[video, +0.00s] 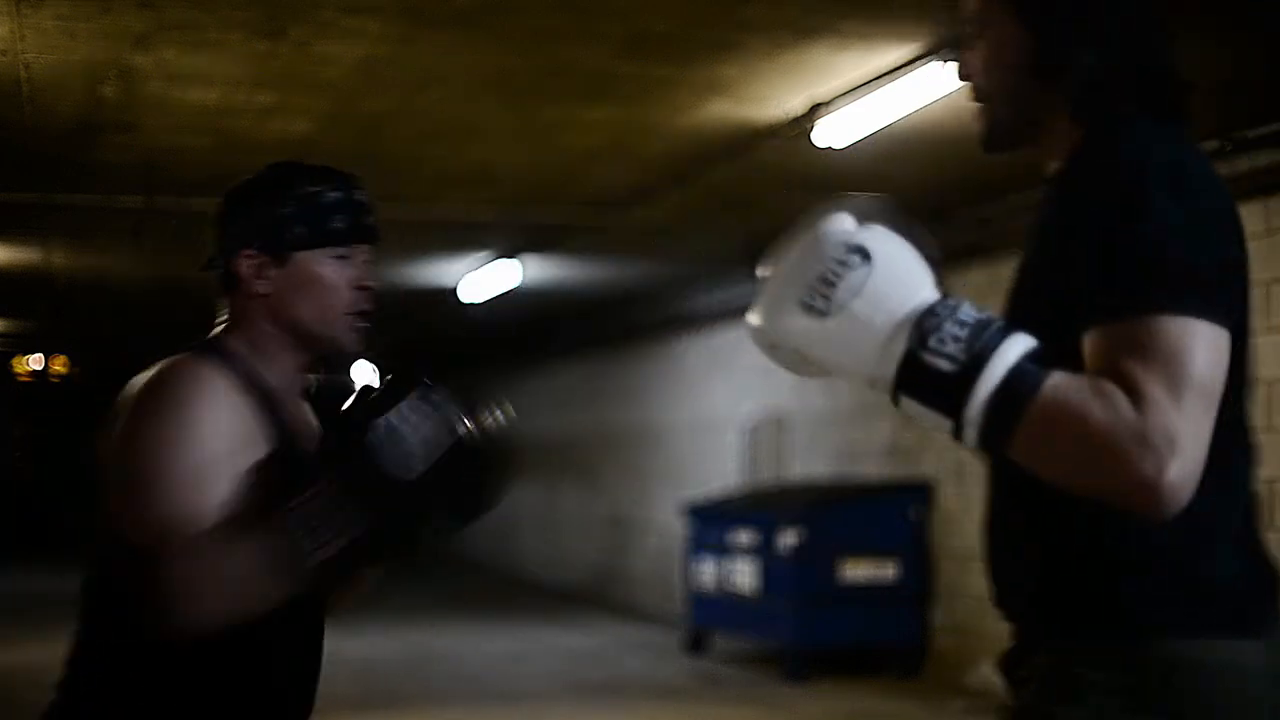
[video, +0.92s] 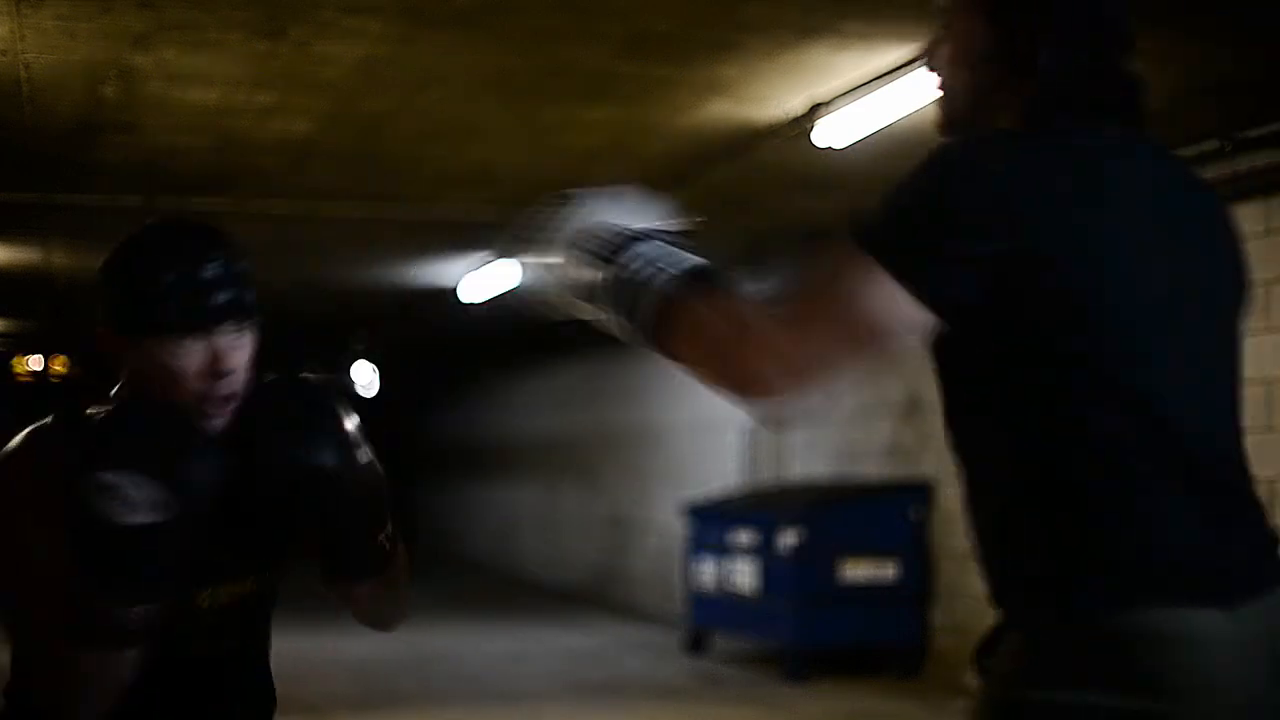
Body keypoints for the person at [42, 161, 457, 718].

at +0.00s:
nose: (368, 281)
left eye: (365, 260)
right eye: (342, 257)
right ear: (259, 272)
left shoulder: (293, 407)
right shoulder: (192, 398)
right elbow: (184, 596)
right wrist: (354, 493)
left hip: (251, 716)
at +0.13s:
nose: (307, 282)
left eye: (305, 263)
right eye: (276, 259)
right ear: (192, 280)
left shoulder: (271, 423)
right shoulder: (91, 428)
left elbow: (323, 620)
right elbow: (37, 638)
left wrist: (372, 512)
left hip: (224, 714)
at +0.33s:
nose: (240, 253)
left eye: (239, 234)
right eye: (208, 231)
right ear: (122, 256)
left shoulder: (228, 394)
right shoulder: (35, 390)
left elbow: (281, 605)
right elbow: (18, 626)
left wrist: (314, 483)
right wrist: (114, 506)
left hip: (178, 701)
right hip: (52, 708)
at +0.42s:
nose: (249, 245)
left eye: (248, 225)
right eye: (215, 222)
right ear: (132, 245)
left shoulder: (231, 383)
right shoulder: (39, 381)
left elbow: (304, 587)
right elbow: (65, 606)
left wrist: (330, 461)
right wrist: (159, 466)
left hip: (181, 698)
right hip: (61, 706)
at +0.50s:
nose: (272, 253)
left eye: (270, 235)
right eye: (242, 230)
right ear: (157, 253)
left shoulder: (233, 388)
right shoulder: (72, 392)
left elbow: (322, 584)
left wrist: (354, 443)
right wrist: (222, 435)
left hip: (192, 696)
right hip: (90, 707)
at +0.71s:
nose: (310, 278)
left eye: (307, 254)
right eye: (279, 251)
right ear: (193, 270)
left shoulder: (229, 395)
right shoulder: (100, 407)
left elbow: (321, 592)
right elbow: (180, 624)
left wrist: (361, 454)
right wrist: (268, 460)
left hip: (214, 714)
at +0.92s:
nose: (224, 362)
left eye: (237, 329)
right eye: (189, 338)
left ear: (257, 332)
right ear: (132, 348)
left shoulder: (283, 434)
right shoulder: (56, 465)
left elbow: (383, 609)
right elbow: (65, 694)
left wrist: (343, 479)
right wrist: (120, 561)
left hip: (237, 704)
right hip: (106, 715)